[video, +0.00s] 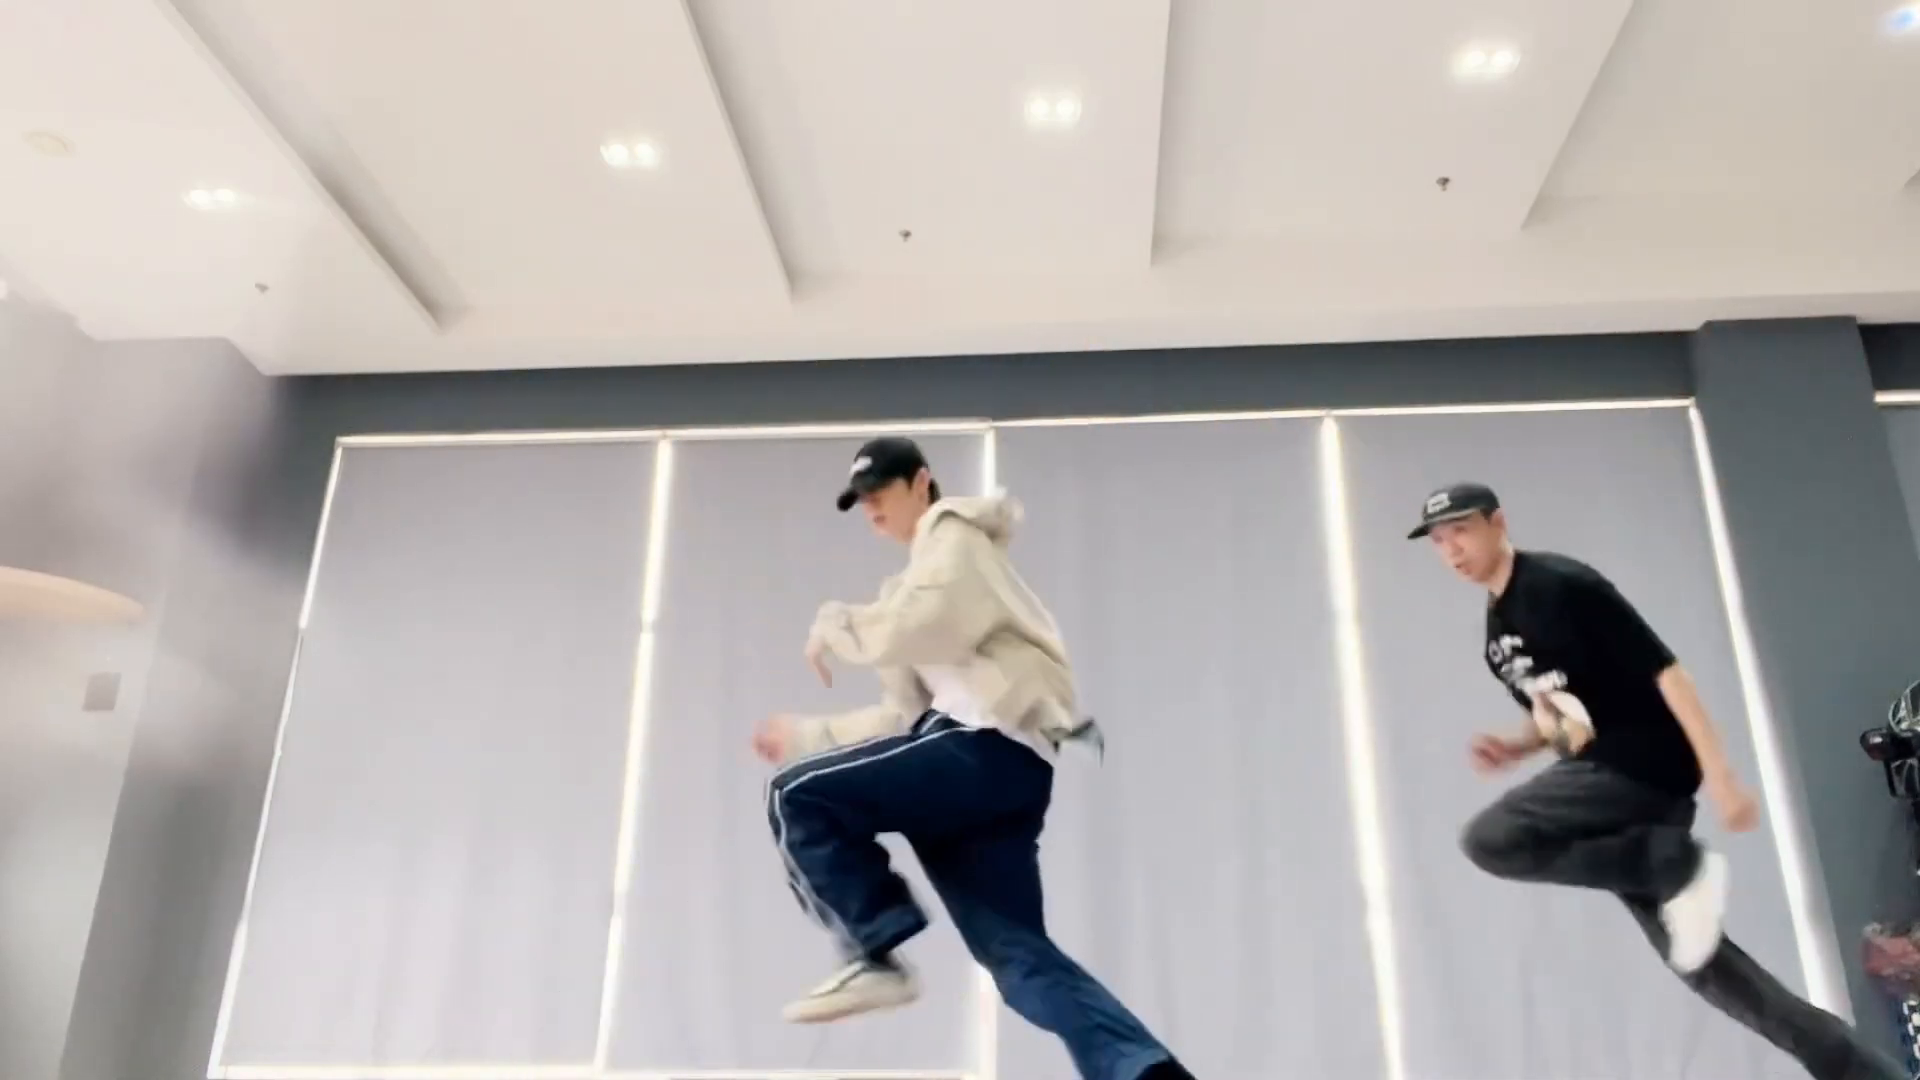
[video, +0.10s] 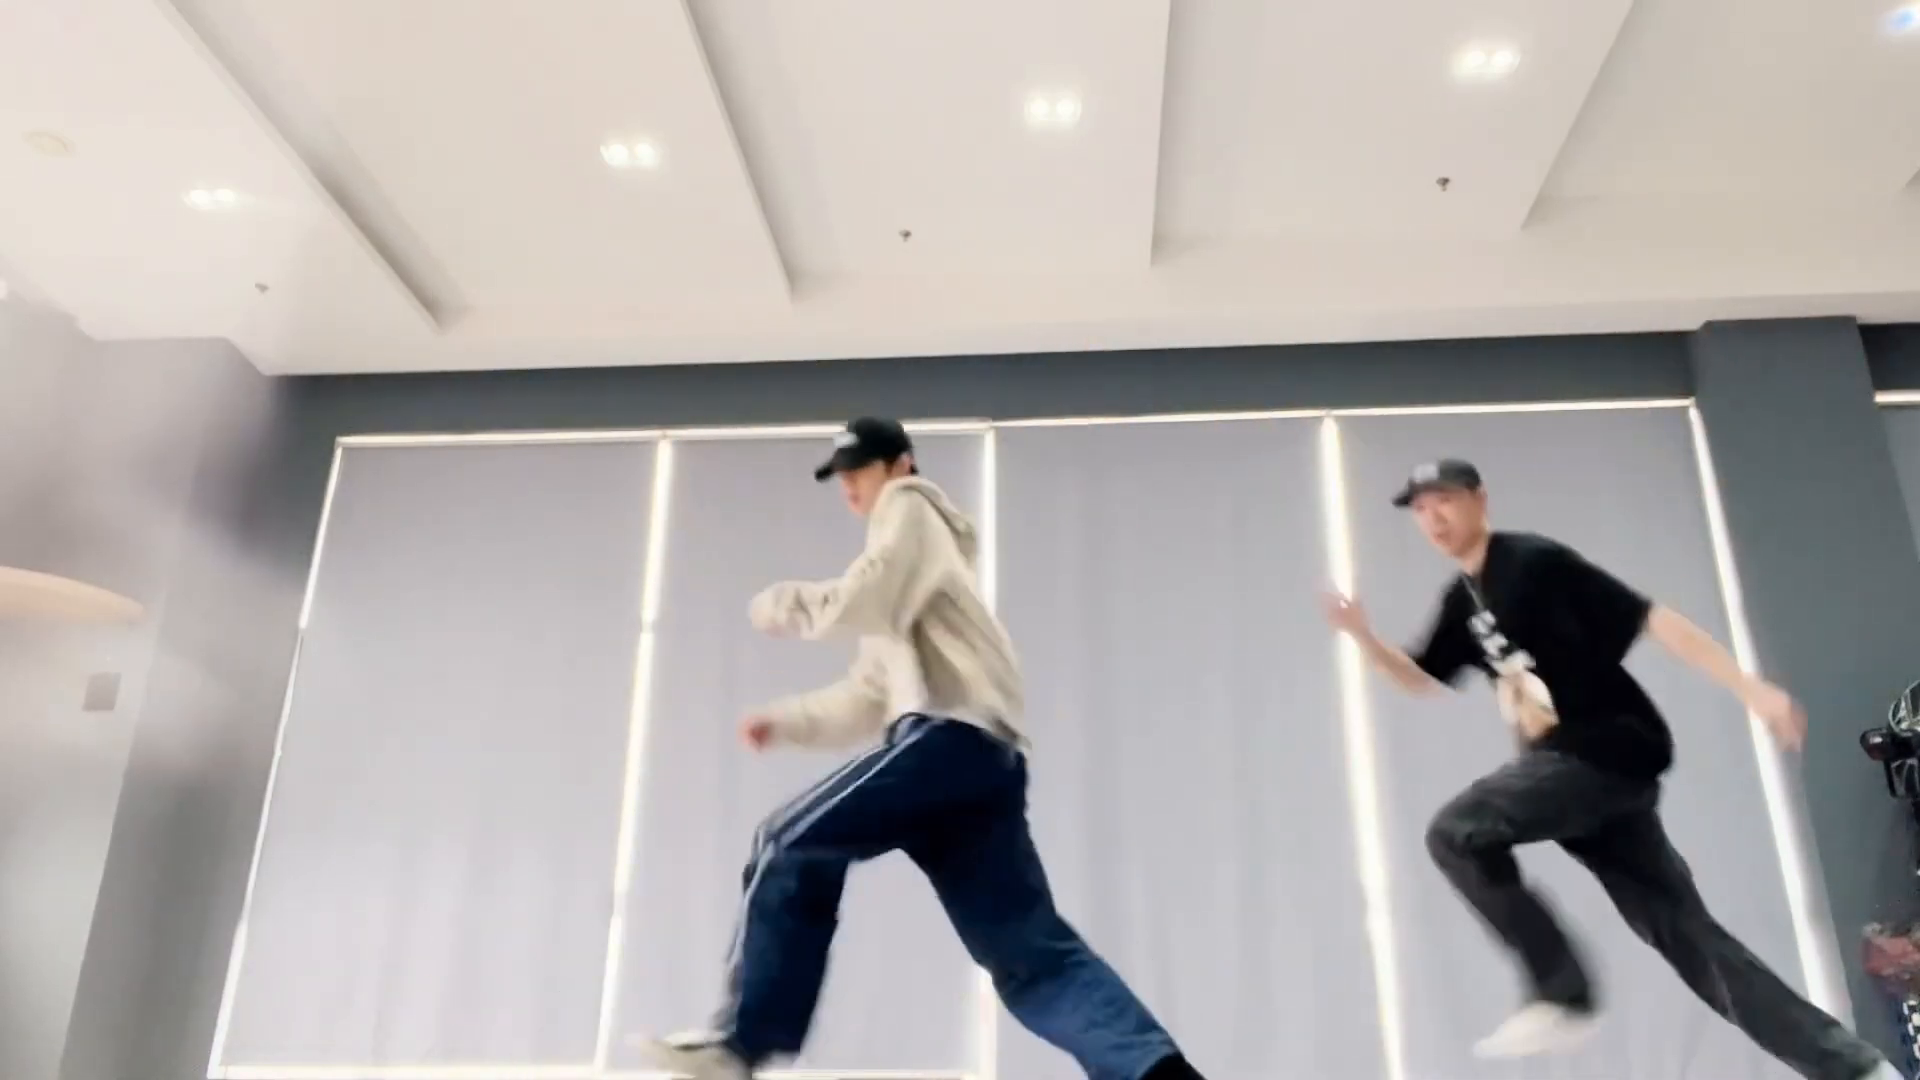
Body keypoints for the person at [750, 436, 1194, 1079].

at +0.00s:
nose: (870, 513)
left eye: (877, 494)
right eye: (862, 503)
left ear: (921, 483)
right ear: (870, 508)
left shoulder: (955, 535)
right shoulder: (915, 581)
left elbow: (931, 619)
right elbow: (907, 714)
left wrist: (835, 626)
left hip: (984, 748)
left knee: (800, 794)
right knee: (1019, 959)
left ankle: (873, 962)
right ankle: (1145, 1068)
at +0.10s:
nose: (845, 489)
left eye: (853, 473)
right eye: (840, 478)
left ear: (894, 464)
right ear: (888, 472)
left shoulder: (908, 508)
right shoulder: (904, 547)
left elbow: (866, 599)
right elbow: (875, 696)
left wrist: (779, 605)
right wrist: (787, 721)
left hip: (947, 739)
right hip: (980, 763)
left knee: (791, 842)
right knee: (1031, 952)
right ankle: (1152, 1065)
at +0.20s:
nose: (809, 454)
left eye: (817, 441)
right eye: (806, 444)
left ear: (856, 438)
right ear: (854, 441)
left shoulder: (863, 491)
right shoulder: (850, 494)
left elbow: (833, 593)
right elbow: (797, 571)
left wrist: (747, 625)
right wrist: (731, 591)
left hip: (882, 713)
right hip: (909, 719)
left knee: (805, 894)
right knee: (998, 891)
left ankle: (688, 1064)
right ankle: (1132, 1047)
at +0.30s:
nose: (773, 440)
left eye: (786, 429)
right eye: (769, 429)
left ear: (821, 437)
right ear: (773, 438)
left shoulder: (806, 493)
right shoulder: (784, 487)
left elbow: (807, 566)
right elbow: (737, 489)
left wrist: (808, 624)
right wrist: (696, 500)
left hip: (813, 701)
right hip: (835, 701)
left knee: (775, 893)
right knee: (905, 877)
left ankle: (694, 1064)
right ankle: (1048, 1008)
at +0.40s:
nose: (732, 437)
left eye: (746, 423)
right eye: (728, 426)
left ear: (785, 428)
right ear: (731, 436)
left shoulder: (783, 495)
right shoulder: (733, 494)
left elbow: (788, 562)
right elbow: (688, 561)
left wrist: (815, 600)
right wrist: (667, 498)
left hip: (758, 698)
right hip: (746, 697)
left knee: (724, 886)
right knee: (784, 890)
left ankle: (683, 1065)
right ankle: (921, 1020)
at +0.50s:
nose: (694, 431)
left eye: (708, 418)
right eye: (687, 422)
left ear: (746, 424)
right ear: (682, 436)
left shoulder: (761, 494)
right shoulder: (674, 509)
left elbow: (769, 610)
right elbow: (595, 573)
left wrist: (779, 532)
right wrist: (624, 476)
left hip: (725, 694)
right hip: (673, 699)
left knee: (681, 867)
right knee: (621, 877)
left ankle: (675, 1064)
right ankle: (760, 999)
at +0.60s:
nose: (645, 431)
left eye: (660, 416)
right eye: (638, 422)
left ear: (700, 426)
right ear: (635, 437)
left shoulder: (739, 478)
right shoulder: (628, 529)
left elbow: (759, 534)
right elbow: (548, 585)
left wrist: (675, 458)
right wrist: (494, 540)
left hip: (675, 702)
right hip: (606, 716)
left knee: (637, 879)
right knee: (518, 859)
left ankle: (672, 1066)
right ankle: (595, 1030)